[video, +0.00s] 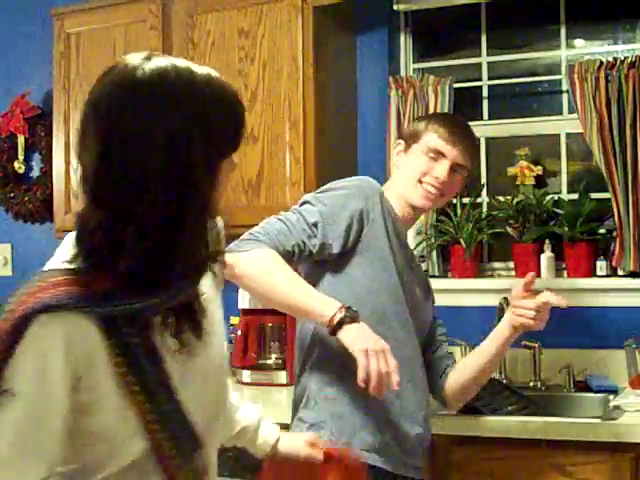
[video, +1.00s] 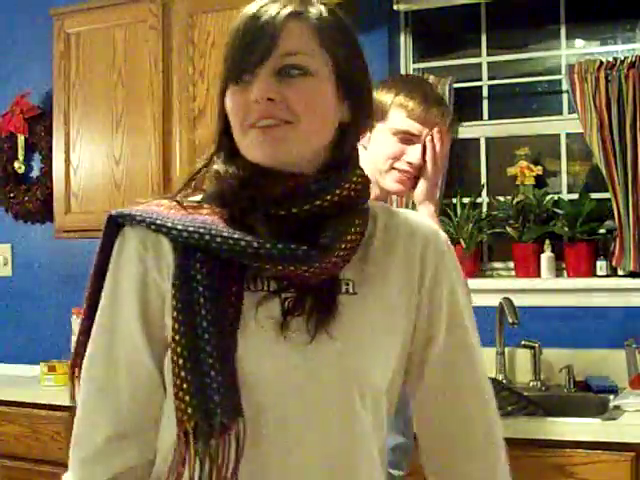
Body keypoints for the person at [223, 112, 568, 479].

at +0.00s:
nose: (442, 177)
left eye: (457, 171)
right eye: (434, 157)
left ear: (461, 189)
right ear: (400, 152)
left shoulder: (417, 282)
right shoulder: (361, 198)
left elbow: (449, 392)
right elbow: (244, 256)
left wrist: (508, 327)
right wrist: (342, 319)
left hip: (402, 463)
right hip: (339, 456)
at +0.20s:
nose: (430, 150)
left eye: (447, 146)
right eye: (421, 134)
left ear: (458, 171)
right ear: (393, 143)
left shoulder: (432, 271)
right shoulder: (347, 198)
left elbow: (469, 371)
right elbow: (226, 258)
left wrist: (514, 295)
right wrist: (294, 321)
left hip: (407, 460)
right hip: (342, 453)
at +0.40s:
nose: (425, 150)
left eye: (444, 143)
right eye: (416, 133)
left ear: (460, 166)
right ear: (396, 140)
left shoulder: (437, 265)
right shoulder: (344, 199)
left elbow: (482, 355)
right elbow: (227, 260)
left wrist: (494, 253)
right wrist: (270, 337)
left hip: (406, 460)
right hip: (333, 452)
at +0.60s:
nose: (420, 152)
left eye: (440, 143)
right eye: (412, 133)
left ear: (457, 160)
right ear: (392, 134)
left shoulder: (435, 259)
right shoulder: (329, 203)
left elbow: (482, 337)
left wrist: (467, 221)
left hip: (402, 462)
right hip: (323, 455)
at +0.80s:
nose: (420, 154)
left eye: (436, 143)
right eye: (408, 134)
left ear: (449, 158)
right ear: (378, 132)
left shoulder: (419, 246)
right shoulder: (317, 207)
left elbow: (470, 329)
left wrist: (448, 213)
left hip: (395, 449)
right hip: (317, 445)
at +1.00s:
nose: (414, 158)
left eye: (428, 145)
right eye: (403, 137)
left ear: (438, 154)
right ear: (362, 132)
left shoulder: (417, 233)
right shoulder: (316, 212)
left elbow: (444, 322)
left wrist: (427, 209)